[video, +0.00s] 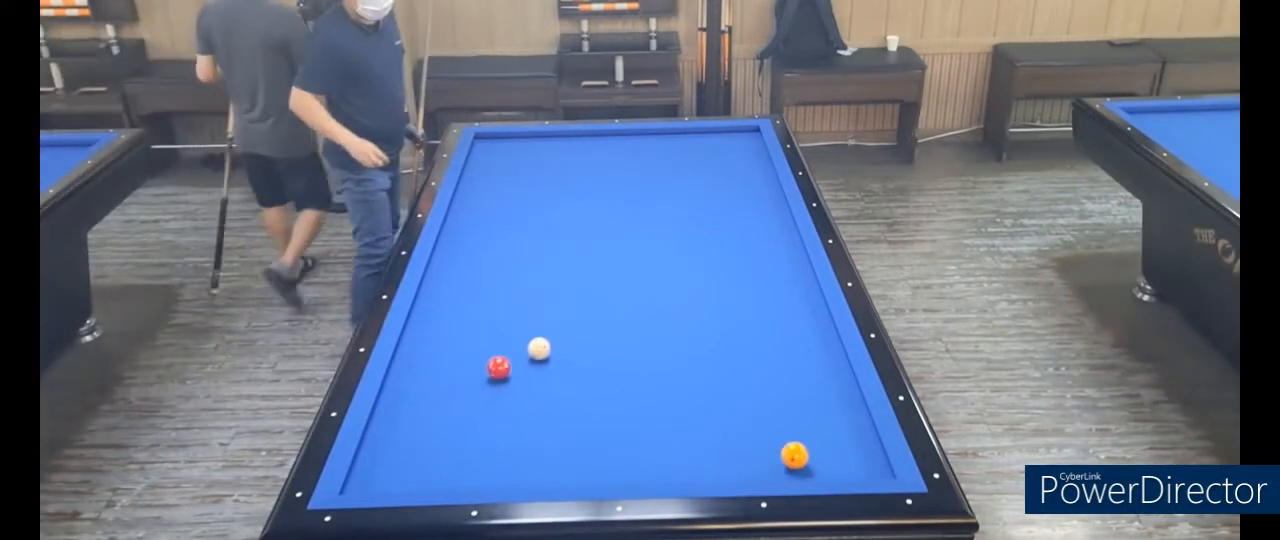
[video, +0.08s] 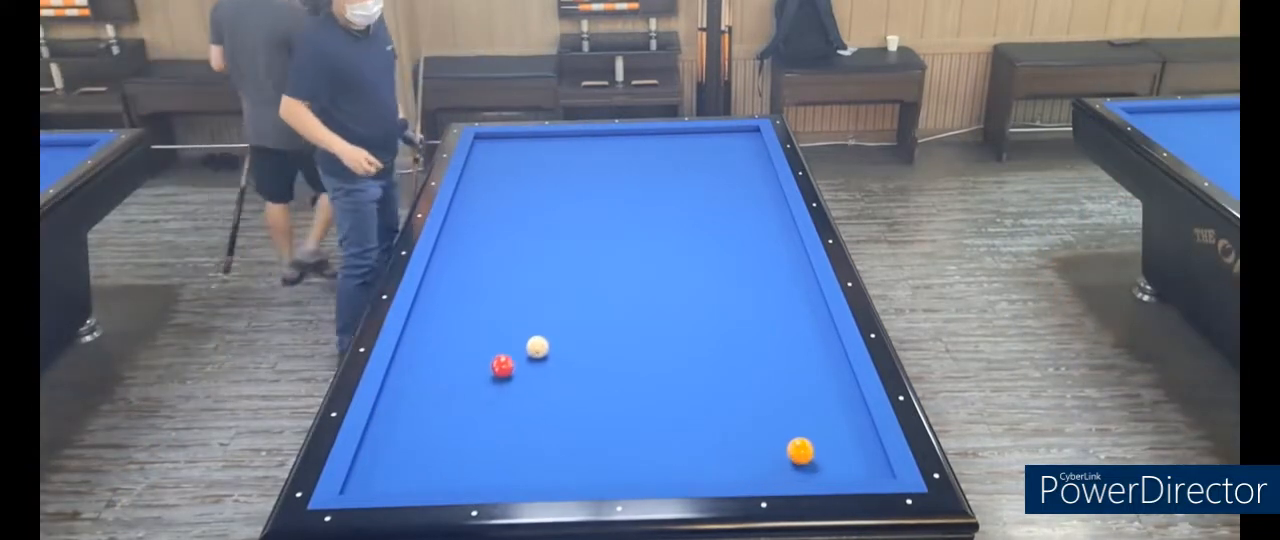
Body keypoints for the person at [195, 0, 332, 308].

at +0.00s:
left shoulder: (211, 13)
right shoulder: (283, 16)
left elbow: (205, 73)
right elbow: (310, 71)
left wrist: (236, 64)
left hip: (248, 136)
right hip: (290, 136)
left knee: (271, 203)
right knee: (315, 202)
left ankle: (295, 264)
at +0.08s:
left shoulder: (224, 9)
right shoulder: (292, 9)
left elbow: (218, 62)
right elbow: (313, 58)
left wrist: (251, 55)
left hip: (260, 126)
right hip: (303, 123)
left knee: (275, 199)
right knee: (330, 187)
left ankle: (288, 266)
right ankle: (311, 249)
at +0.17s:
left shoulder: (233, 6)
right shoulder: (300, 7)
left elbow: (229, 57)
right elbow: (317, 52)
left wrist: (262, 50)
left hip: (268, 116)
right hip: (312, 112)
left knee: (280, 195)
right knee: (338, 185)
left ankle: (289, 264)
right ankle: (344, 247)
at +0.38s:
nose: (337, 21)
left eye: (342, 15)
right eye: (328, 17)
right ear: (310, 7)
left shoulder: (267, 5)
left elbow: (266, 50)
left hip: (286, 88)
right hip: (321, 87)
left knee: (294, 179)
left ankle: (290, 259)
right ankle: (289, 259)